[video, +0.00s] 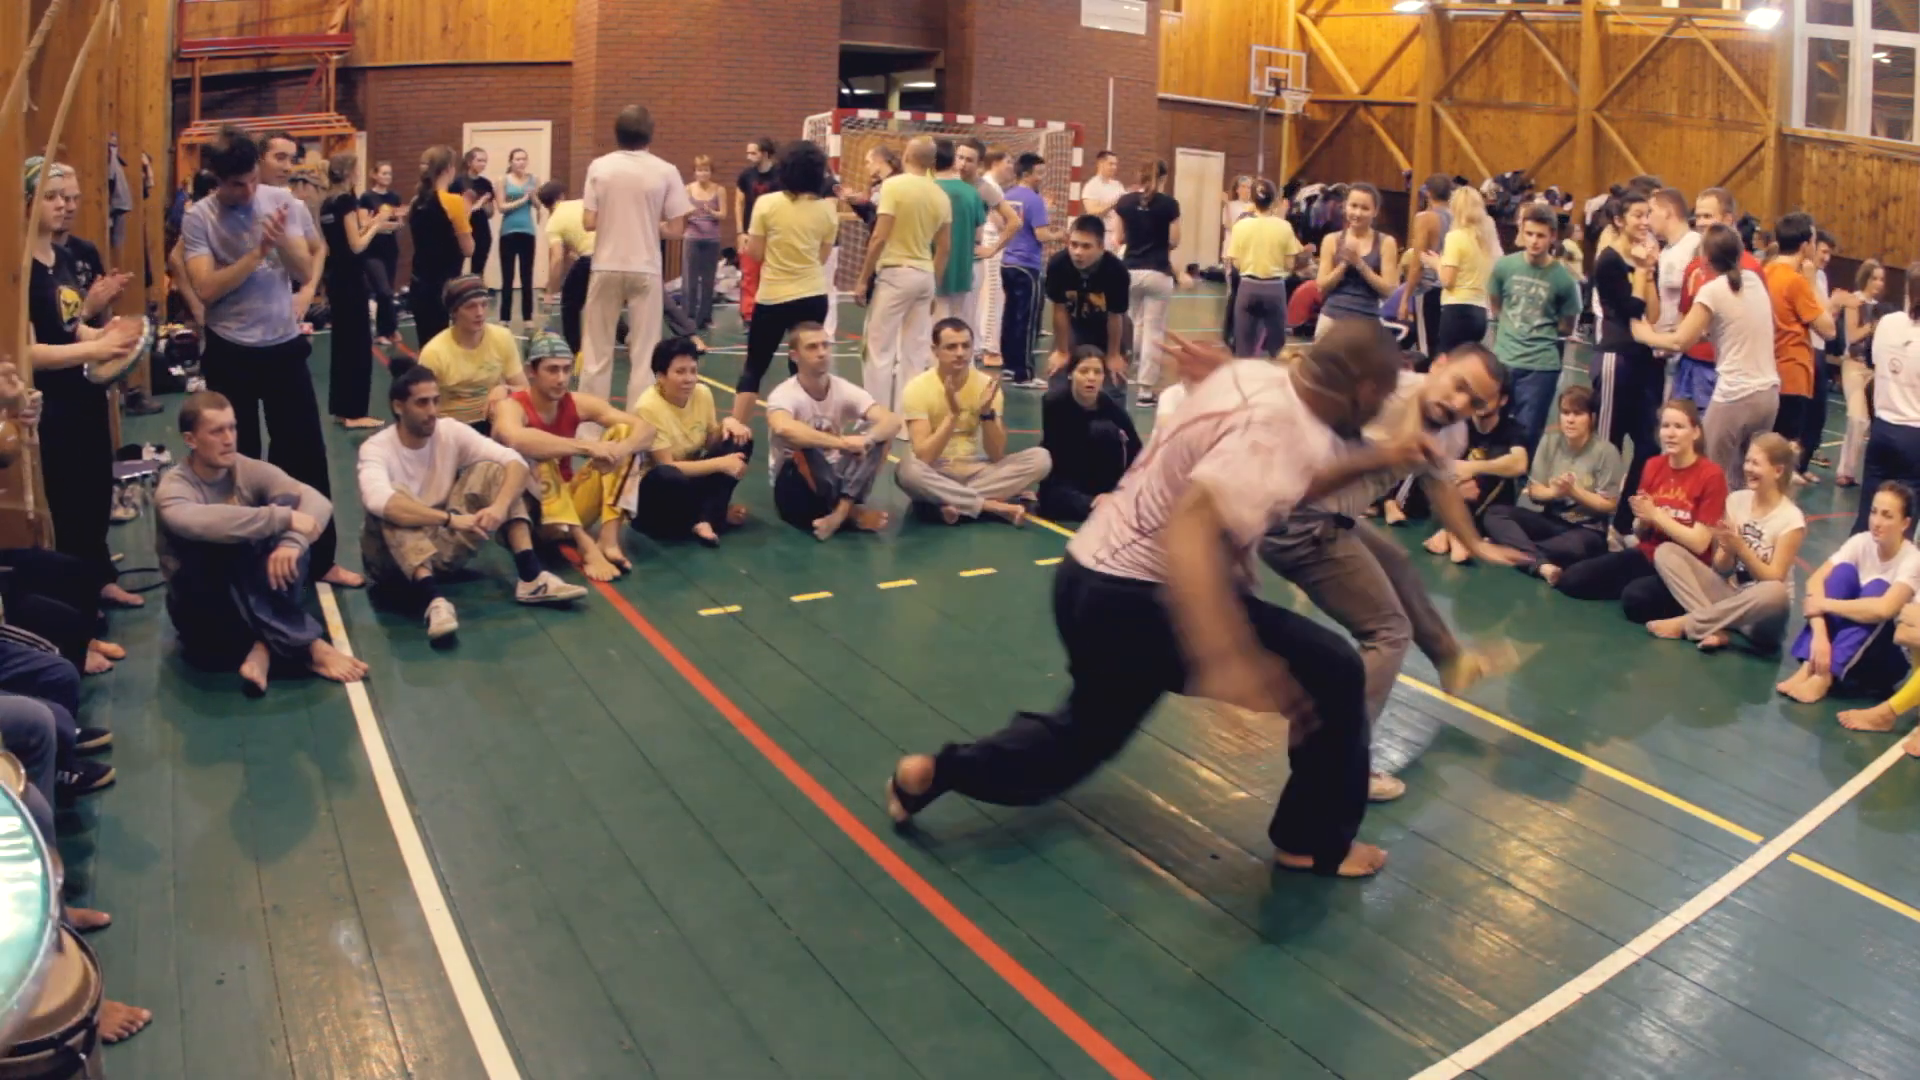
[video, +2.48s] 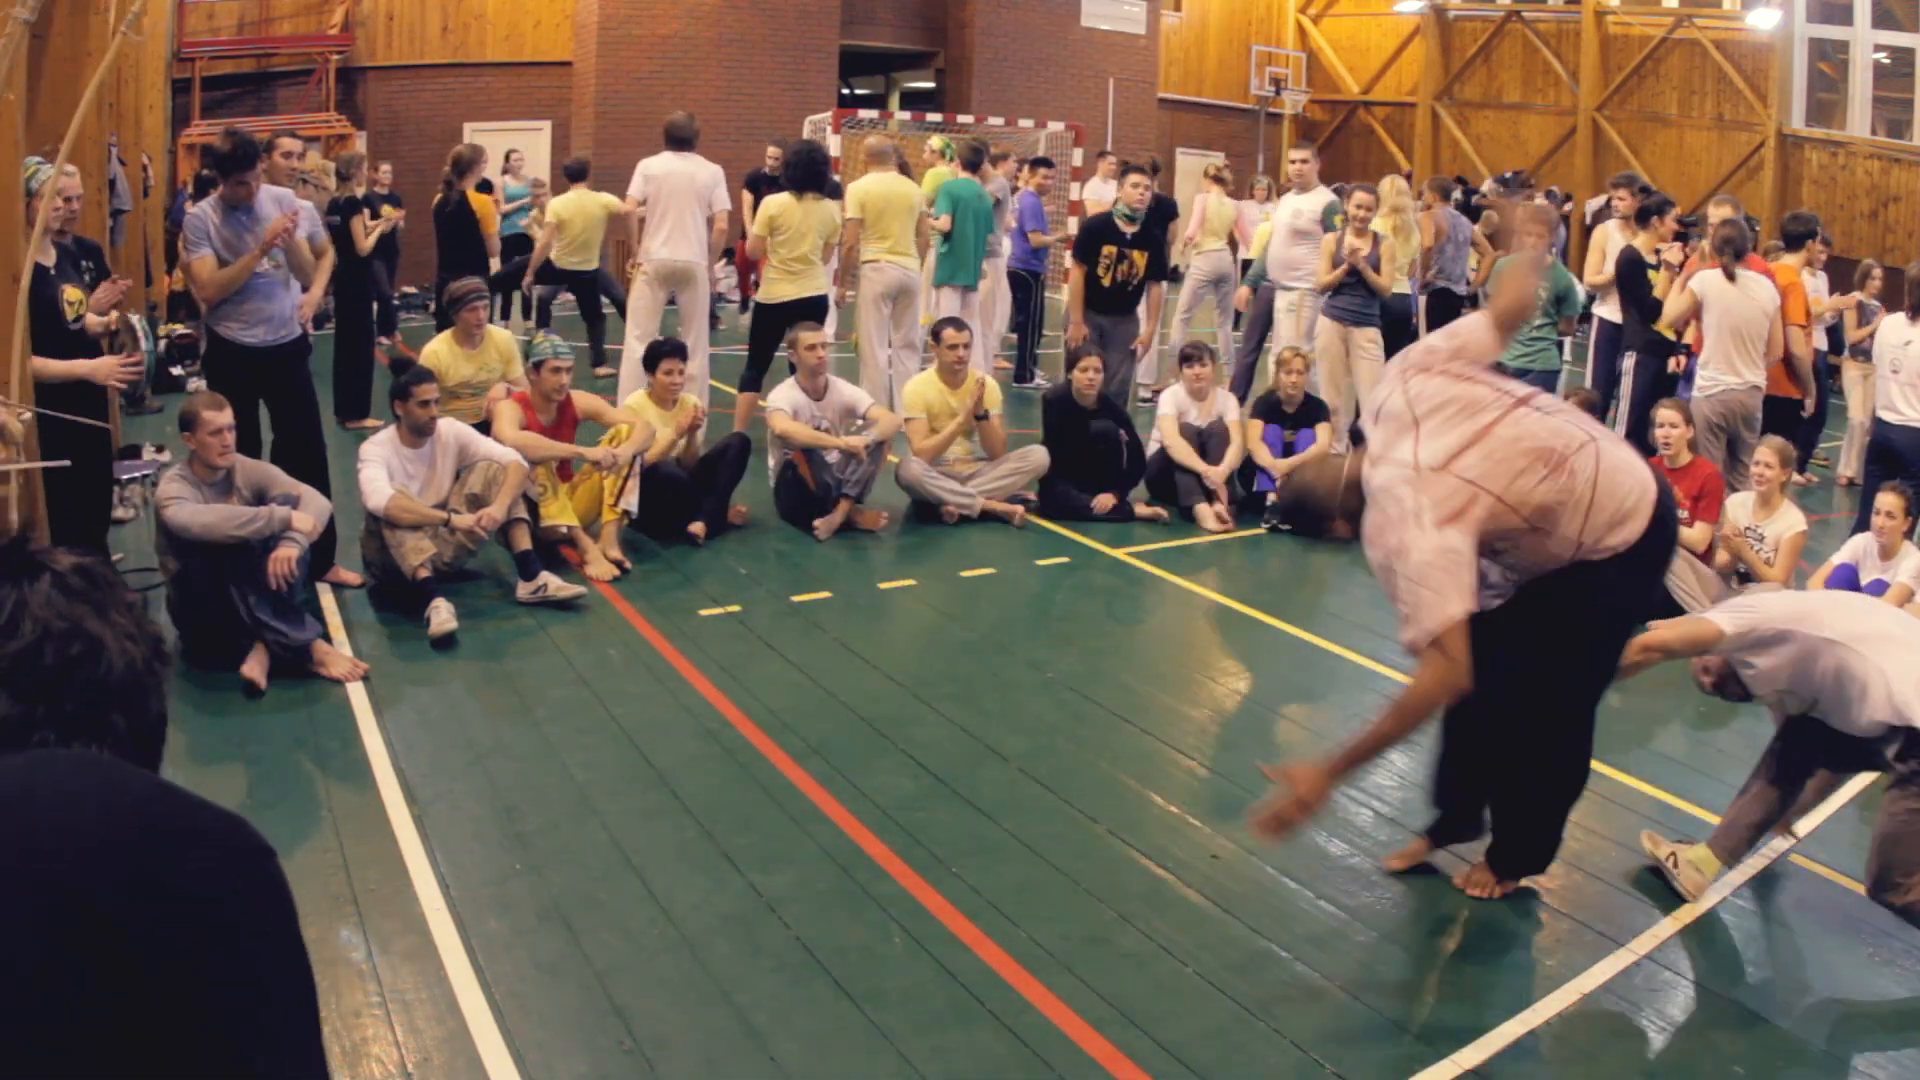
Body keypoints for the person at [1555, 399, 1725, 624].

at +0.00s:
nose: (1670, 433)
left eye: (1679, 426)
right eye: (1665, 426)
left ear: (1696, 432)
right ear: (1658, 430)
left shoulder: (1711, 475)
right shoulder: (1653, 465)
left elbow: (1699, 543)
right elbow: (1639, 530)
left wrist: (1654, 514)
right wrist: (1644, 517)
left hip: (1684, 566)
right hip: (1647, 555)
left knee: (1635, 600)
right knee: (1571, 581)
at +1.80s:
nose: (1666, 433)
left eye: (1675, 426)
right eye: (1661, 426)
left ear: (1694, 431)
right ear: (1656, 430)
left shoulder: (1710, 475)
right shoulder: (1652, 466)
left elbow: (1699, 544)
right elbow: (1637, 530)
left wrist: (1654, 517)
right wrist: (1645, 517)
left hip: (1682, 565)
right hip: (1645, 555)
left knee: (1635, 600)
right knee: (1572, 580)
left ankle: (1692, 603)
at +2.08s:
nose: (1664, 433)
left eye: (1673, 426)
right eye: (1659, 426)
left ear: (1689, 431)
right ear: (1653, 431)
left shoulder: (1708, 474)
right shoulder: (1648, 467)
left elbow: (1698, 538)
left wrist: (1652, 517)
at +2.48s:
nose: (1665, 434)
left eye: (1674, 426)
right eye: (1660, 426)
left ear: (1690, 431)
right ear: (1653, 431)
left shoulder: (1709, 474)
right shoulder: (1647, 468)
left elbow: (1699, 541)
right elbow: (1631, 519)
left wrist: (1654, 521)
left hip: (1693, 564)